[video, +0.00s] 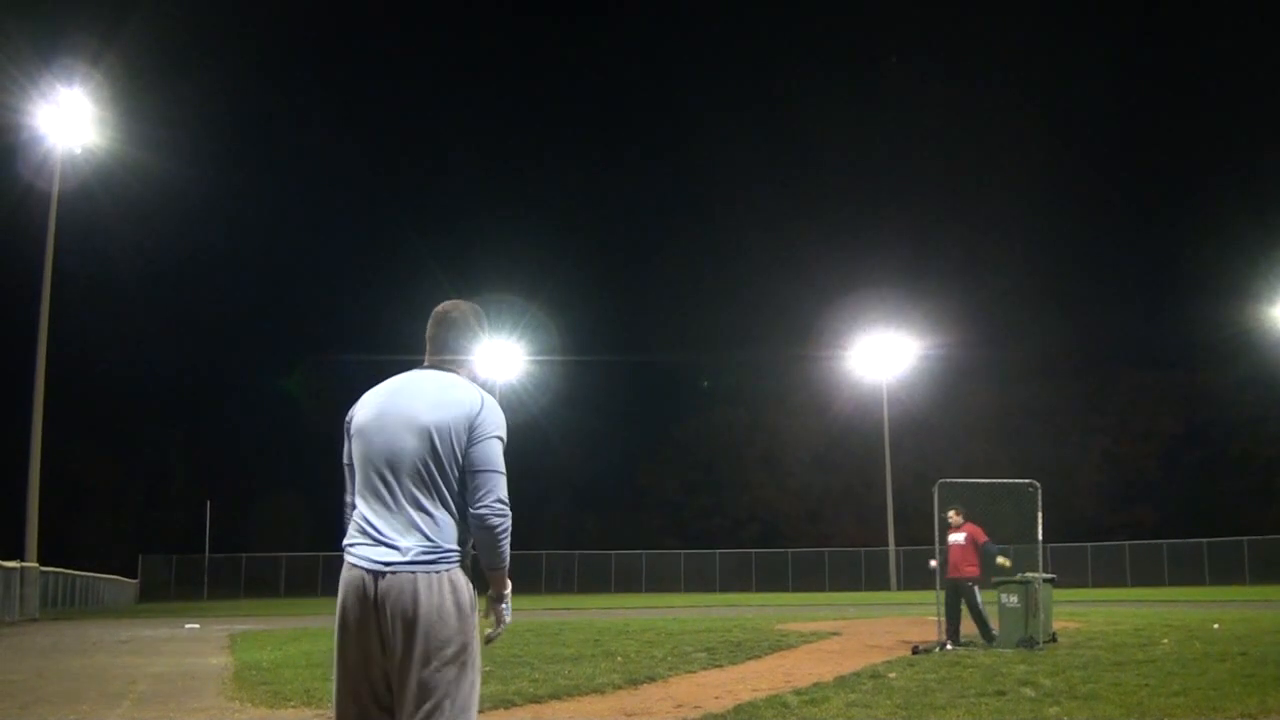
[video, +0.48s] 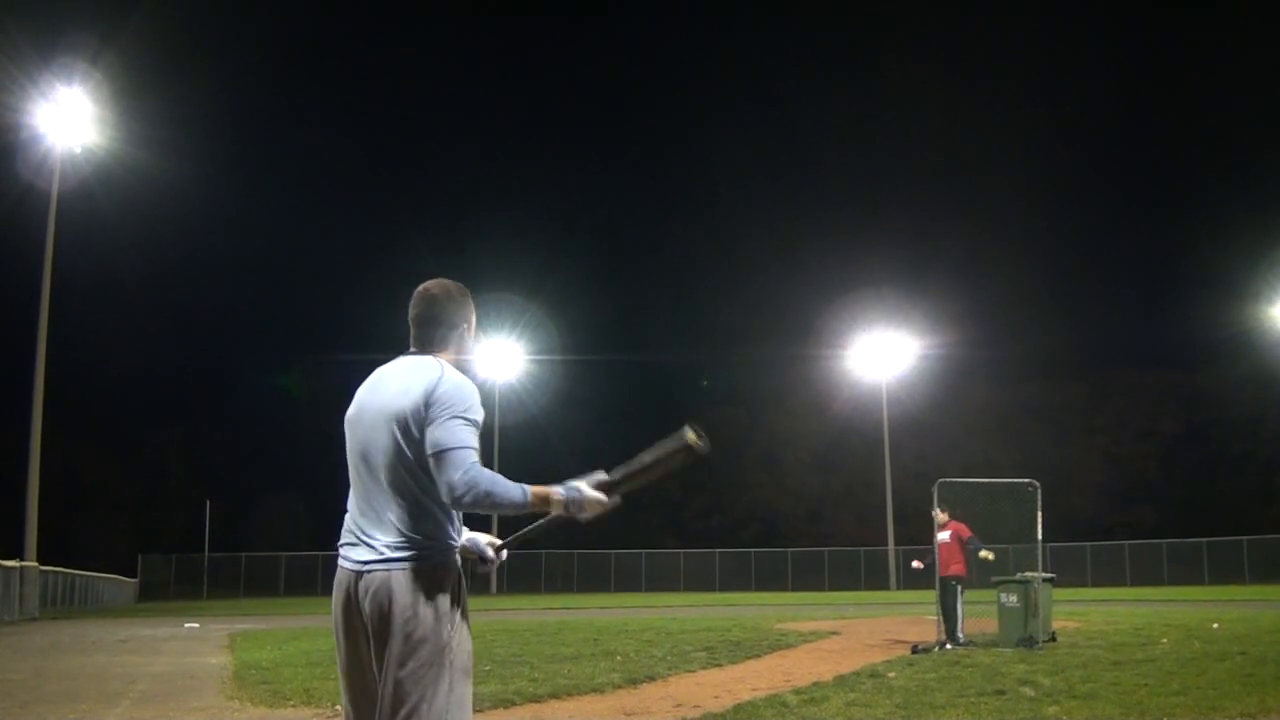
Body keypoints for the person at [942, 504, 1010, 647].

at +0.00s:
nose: (949, 520)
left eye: (951, 517)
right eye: (948, 518)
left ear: (960, 516)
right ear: (949, 518)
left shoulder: (971, 529)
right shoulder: (951, 532)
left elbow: (986, 544)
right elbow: (950, 555)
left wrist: (997, 556)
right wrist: (938, 562)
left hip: (968, 577)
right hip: (952, 577)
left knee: (976, 609)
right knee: (951, 611)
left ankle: (990, 637)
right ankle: (952, 640)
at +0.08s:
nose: (944, 521)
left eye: (945, 517)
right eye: (943, 518)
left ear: (954, 516)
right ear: (948, 518)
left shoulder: (966, 528)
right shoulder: (947, 533)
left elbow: (981, 541)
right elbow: (944, 554)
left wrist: (992, 553)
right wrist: (934, 562)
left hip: (964, 576)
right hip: (949, 577)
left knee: (970, 609)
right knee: (950, 611)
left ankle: (983, 638)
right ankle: (952, 640)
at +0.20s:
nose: (940, 521)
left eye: (941, 518)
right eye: (939, 518)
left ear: (950, 516)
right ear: (945, 518)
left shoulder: (963, 527)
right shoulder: (943, 533)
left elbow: (978, 540)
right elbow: (941, 555)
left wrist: (989, 551)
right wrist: (930, 563)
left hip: (961, 574)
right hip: (947, 576)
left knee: (963, 607)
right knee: (949, 609)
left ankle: (973, 638)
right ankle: (952, 639)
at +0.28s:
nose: (937, 521)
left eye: (939, 517)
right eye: (936, 518)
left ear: (947, 515)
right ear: (942, 517)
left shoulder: (960, 527)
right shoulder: (940, 533)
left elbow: (975, 539)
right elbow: (938, 555)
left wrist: (987, 550)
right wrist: (926, 564)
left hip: (958, 573)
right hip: (945, 574)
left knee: (957, 606)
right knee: (946, 607)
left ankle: (962, 636)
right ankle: (951, 637)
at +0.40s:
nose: (936, 520)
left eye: (937, 516)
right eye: (935, 517)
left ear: (945, 515)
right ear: (940, 517)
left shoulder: (958, 527)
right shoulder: (940, 533)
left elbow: (972, 539)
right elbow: (938, 554)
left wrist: (984, 550)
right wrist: (924, 564)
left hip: (956, 572)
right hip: (944, 574)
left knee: (955, 605)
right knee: (945, 606)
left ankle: (958, 637)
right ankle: (950, 637)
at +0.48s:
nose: (935, 518)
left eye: (937, 515)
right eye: (934, 516)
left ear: (945, 514)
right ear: (936, 517)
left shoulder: (957, 526)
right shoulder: (939, 531)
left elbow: (970, 539)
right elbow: (937, 553)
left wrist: (981, 549)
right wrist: (923, 563)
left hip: (955, 572)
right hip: (943, 573)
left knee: (954, 606)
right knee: (945, 606)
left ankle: (957, 638)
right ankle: (949, 637)